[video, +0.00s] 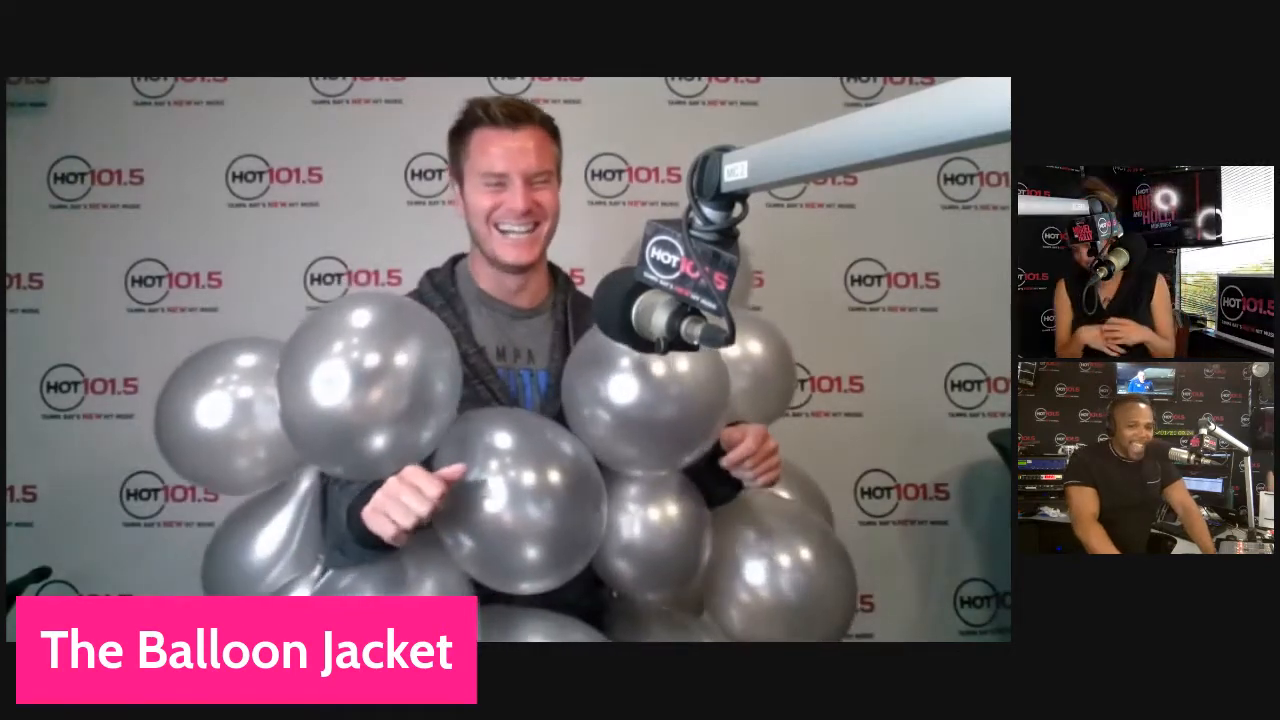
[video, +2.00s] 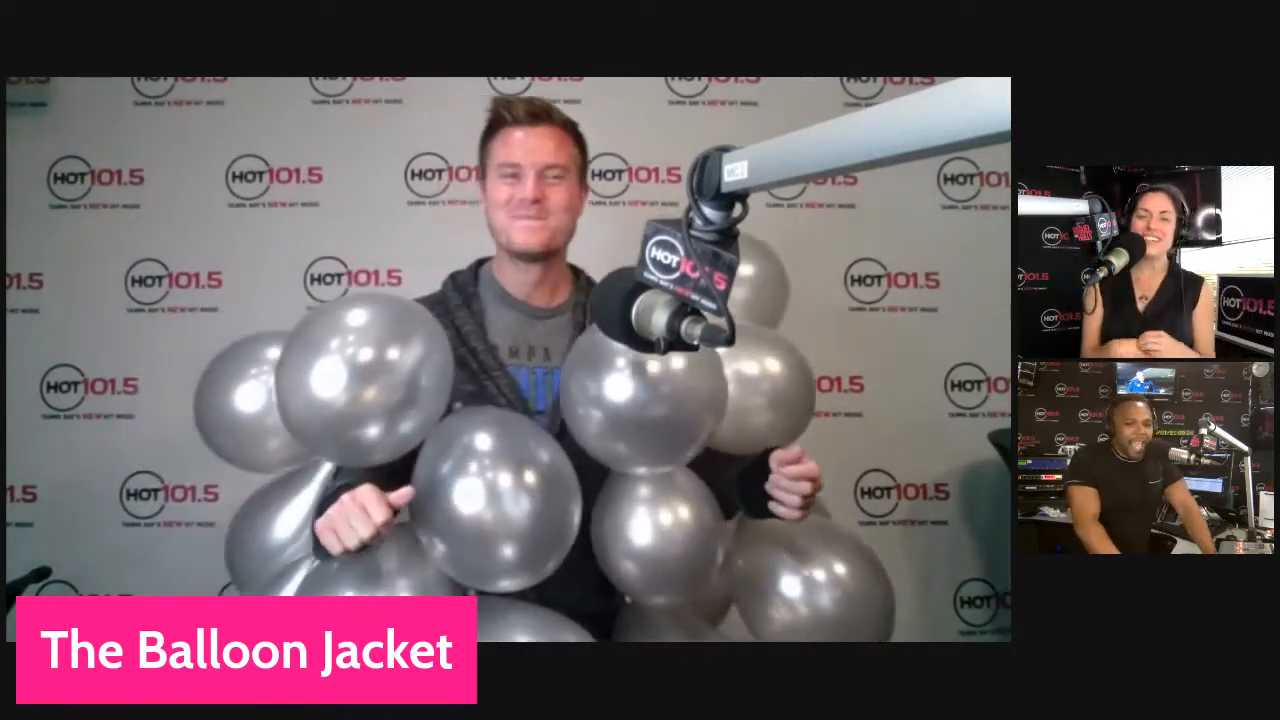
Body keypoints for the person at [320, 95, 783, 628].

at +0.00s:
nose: (520, 204)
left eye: (538, 181)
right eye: (495, 183)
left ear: (560, 191)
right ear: (457, 194)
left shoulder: (604, 329)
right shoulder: (406, 334)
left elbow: (657, 486)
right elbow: (335, 502)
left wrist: (728, 462)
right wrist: (373, 503)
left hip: (589, 616)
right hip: (446, 617)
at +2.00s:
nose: (530, 195)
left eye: (552, 177)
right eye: (510, 176)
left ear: (582, 195)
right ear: (482, 191)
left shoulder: (630, 324)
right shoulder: (421, 331)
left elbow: (680, 454)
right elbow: (365, 443)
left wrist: (756, 480)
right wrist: (346, 500)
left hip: (610, 613)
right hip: (463, 611)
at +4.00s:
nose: (550, 203)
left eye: (570, 181)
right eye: (526, 183)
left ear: (597, 192)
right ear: (494, 194)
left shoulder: (651, 318)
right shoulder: (433, 331)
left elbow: (707, 458)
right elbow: (380, 447)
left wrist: (780, 493)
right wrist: (350, 503)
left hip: (639, 617)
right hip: (487, 616)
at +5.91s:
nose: (549, 205)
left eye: (568, 187)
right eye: (527, 188)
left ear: (592, 201)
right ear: (494, 203)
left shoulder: (648, 324)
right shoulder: (439, 334)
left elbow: (716, 460)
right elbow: (392, 473)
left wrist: (833, 456)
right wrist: (277, 510)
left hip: (641, 610)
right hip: (496, 606)